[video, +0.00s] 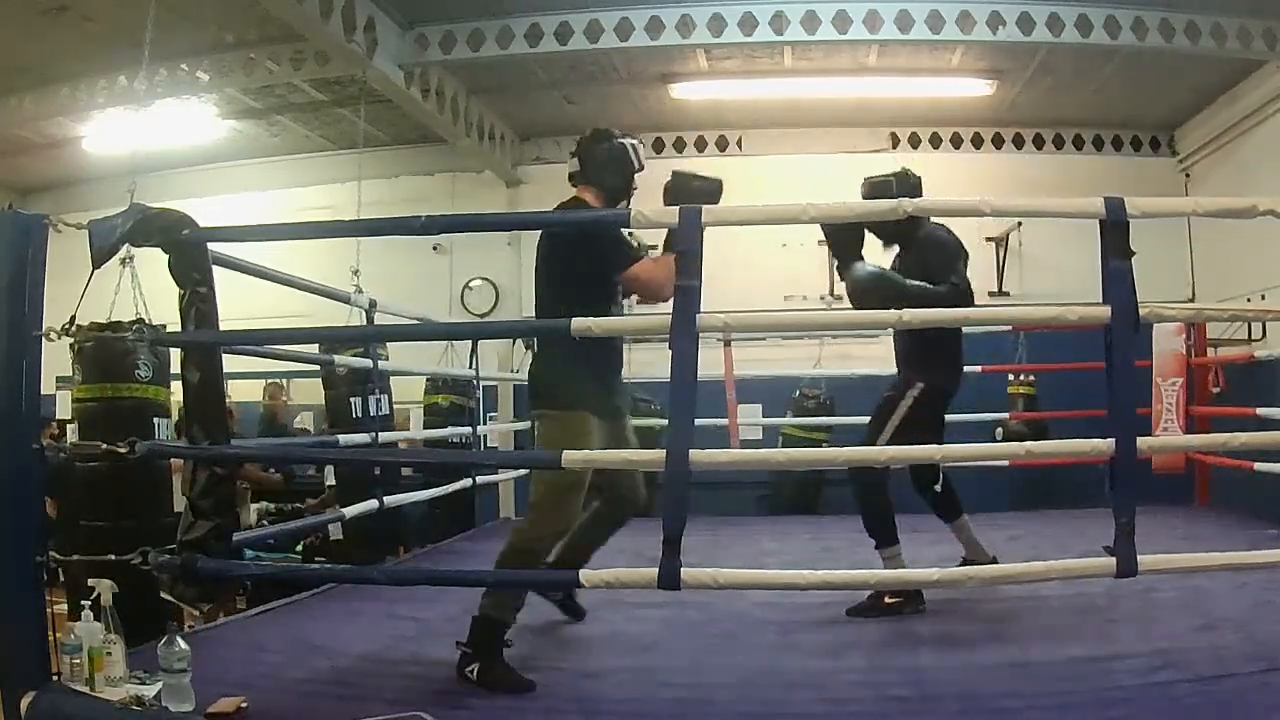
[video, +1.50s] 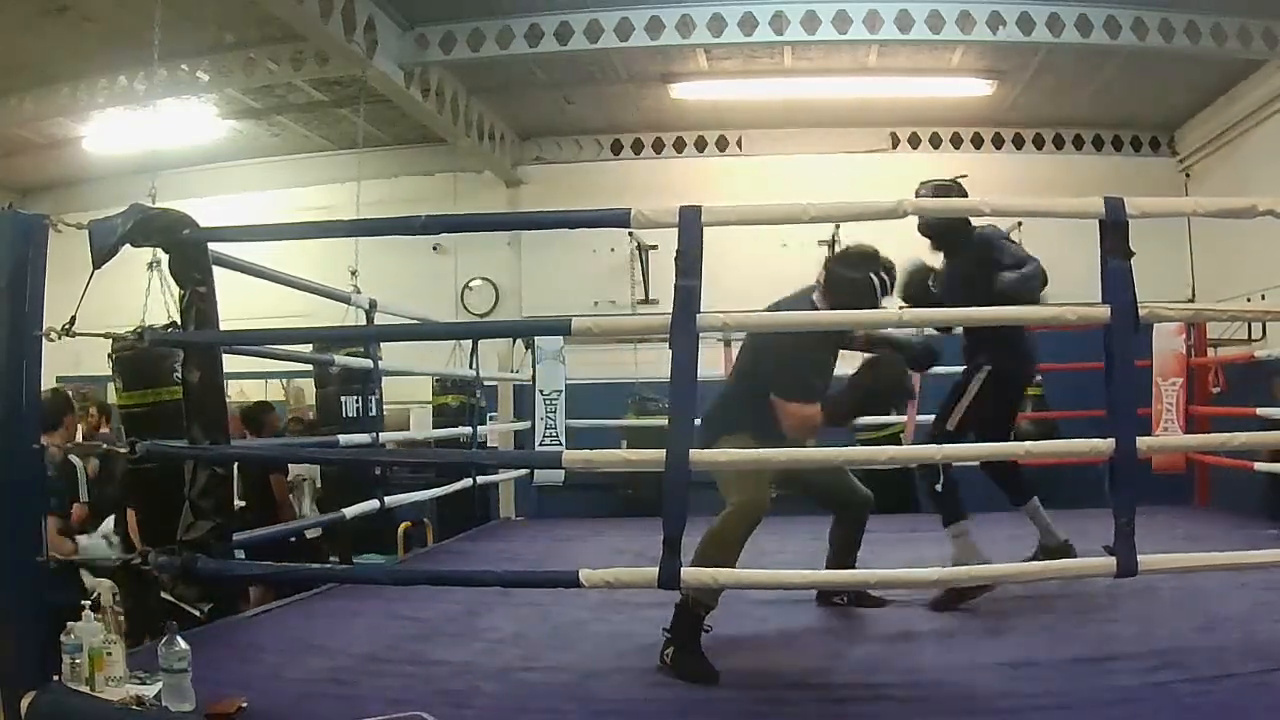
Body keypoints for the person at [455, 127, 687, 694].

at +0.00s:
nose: (636, 186)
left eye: (634, 177)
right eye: (634, 176)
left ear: (587, 171)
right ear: (623, 176)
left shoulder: (586, 222)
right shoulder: (586, 224)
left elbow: (640, 281)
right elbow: (657, 287)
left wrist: (659, 267)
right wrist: (678, 248)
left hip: (599, 394)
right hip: (570, 394)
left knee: (626, 496)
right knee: (551, 519)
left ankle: (558, 573)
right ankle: (482, 648)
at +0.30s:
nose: (688, 185)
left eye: (688, 178)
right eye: (687, 176)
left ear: (637, 167)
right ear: (674, 175)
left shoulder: (638, 216)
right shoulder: (627, 217)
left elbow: (687, 268)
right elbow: (711, 274)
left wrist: (700, 203)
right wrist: (738, 212)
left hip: (634, 384)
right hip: (604, 384)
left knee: (673, 488)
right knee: (643, 499)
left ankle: (649, 607)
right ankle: (564, 634)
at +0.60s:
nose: (736, 182)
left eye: (737, 174)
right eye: (735, 173)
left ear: (683, 162)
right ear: (723, 171)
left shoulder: (660, 210)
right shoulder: (686, 218)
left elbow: (735, 289)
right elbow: (747, 297)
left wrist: (766, 233)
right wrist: (777, 230)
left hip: (668, 389)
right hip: (660, 393)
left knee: (713, 481)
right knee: (656, 521)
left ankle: (738, 593)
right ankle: (593, 659)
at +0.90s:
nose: (779, 189)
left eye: (778, 180)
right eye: (776, 179)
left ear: (725, 173)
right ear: (762, 178)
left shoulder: (701, 221)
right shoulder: (746, 227)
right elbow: (799, 295)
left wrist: (801, 231)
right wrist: (819, 235)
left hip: (722, 390)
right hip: (724, 396)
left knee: (766, 496)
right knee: (758, 512)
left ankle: (759, 599)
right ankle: (679, 632)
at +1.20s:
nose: (823, 230)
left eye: (825, 222)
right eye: (819, 221)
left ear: (783, 207)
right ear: (803, 215)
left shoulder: (788, 253)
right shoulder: (774, 256)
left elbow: (851, 295)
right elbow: (861, 286)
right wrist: (889, 236)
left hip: (770, 409)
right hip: (738, 412)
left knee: (816, 479)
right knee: (769, 521)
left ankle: (831, 573)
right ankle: (677, 635)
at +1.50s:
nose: (866, 318)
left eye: (869, 308)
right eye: (861, 308)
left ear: (865, 295)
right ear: (835, 294)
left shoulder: (832, 317)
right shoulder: (791, 325)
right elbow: (797, 423)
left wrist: (897, 348)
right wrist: (859, 396)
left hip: (782, 434)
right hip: (733, 432)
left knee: (855, 502)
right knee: (749, 504)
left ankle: (837, 583)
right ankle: (682, 636)